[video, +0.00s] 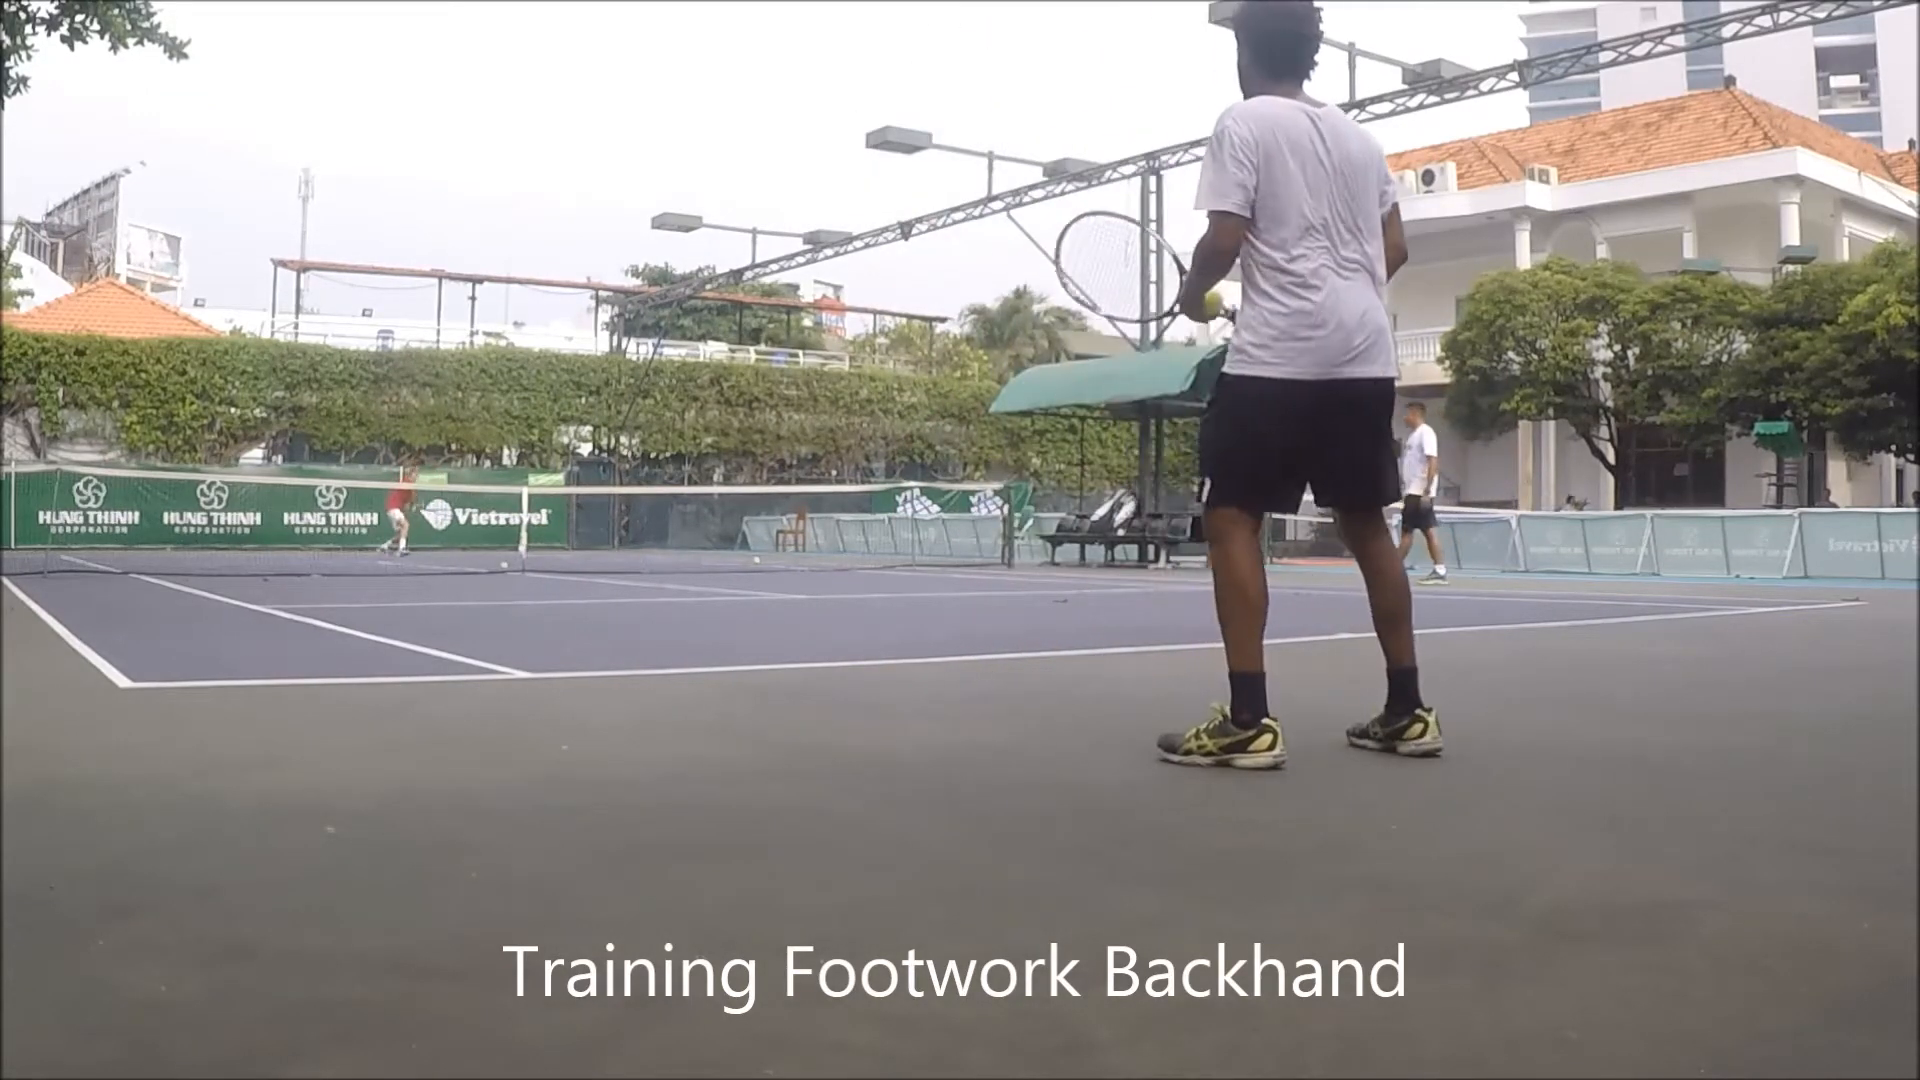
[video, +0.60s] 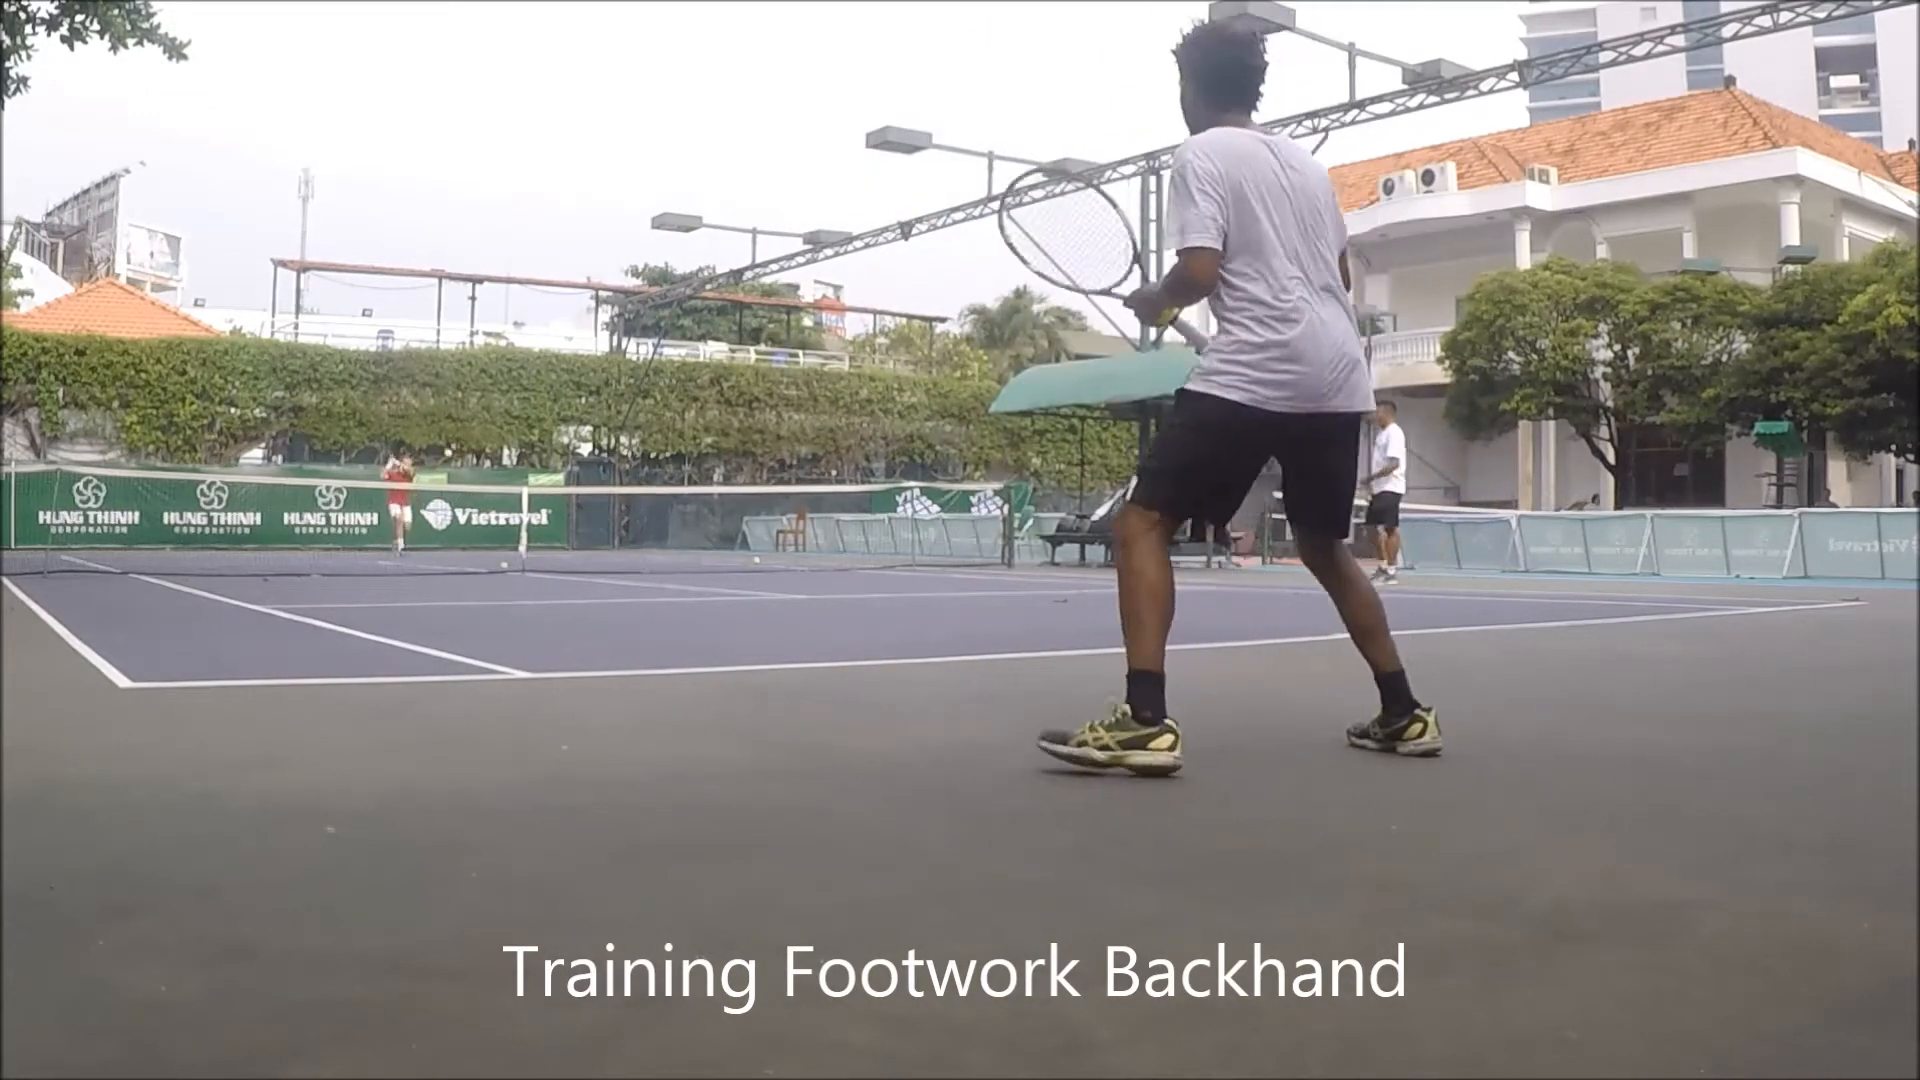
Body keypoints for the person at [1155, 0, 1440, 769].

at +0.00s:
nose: (1232, 60)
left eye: (1235, 46)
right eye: (1237, 45)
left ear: (1246, 52)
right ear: (1312, 55)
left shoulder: (1244, 122)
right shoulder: (1359, 137)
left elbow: (1225, 239)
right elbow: (1394, 250)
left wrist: (1193, 289)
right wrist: (1341, 304)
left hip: (1274, 360)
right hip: (1366, 363)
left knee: (1230, 523)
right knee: (1367, 524)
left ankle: (1247, 719)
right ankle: (1407, 708)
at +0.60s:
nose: (1178, 98)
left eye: (1180, 86)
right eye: (1180, 85)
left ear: (1191, 86)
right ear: (1256, 89)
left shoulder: (1202, 153)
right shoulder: (1310, 165)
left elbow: (1200, 271)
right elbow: (1339, 276)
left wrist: (1157, 299)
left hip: (1254, 373)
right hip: (1341, 383)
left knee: (1139, 525)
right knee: (1326, 548)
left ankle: (1144, 717)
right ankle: (1402, 710)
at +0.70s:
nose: (1130, 95)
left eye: (1132, 81)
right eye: (1132, 81)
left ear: (1144, 83)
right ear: (1205, 83)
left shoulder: (1162, 153)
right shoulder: (1253, 158)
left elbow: (1159, 274)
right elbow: (1256, 280)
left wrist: (1098, 290)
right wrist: (1166, 323)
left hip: (1209, 373)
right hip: (1291, 380)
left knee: (1098, 527)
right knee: (1300, 547)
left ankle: (1129, 725)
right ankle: (1397, 708)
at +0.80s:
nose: (1078, 89)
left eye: (1081, 73)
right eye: (1079, 73)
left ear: (1097, 73)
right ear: (1155, 73)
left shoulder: (1128, 140)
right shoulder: (1191, 145)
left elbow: (1110, 260)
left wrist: (1039, 272)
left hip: (1174, 370)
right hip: (1246, 374)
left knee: (1074, 527)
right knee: (1236, 541)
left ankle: (1129, 726)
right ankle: (1358, 688)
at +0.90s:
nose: (1035, 74)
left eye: (1036, 57)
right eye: (1034, 58)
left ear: (1056, 59)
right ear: (1112, 53)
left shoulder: (1108, 120)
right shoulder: (1127, 129)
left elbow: (1078, 233)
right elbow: (1078, 265)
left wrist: (983, 235)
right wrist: (998, 298)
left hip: (1150, 354)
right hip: (1203, 356)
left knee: (1072, 522)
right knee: (1162, 538)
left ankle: (1130, 726)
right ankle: (1301, 671)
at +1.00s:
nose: (994, 75)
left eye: (998, 58)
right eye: (995, 58)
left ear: (1019, 60)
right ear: (1069, 51)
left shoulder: (1085, 114)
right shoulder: (1067, 138)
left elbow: (1052, 215)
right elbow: (1004, 251)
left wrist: (950, 200)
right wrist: (932, 271)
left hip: (1128, 347)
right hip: (1149, 350)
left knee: (1064, 518)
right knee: (1089, 532)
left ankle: (1130, 725)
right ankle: (1223, 667)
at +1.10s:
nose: (961, 101)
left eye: (965, 85)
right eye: (962, 86)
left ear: (990, 82)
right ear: (1021, 80)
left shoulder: (1058, 129)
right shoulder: (1010, 168)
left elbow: (1018, 217)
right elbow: (940, 257)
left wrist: (912, 188)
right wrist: (864, 260)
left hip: (1100, 361)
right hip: (1068, 362)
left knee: (1020, 531)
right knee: (992, 533)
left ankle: (1125, 726)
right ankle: (1128, 675)